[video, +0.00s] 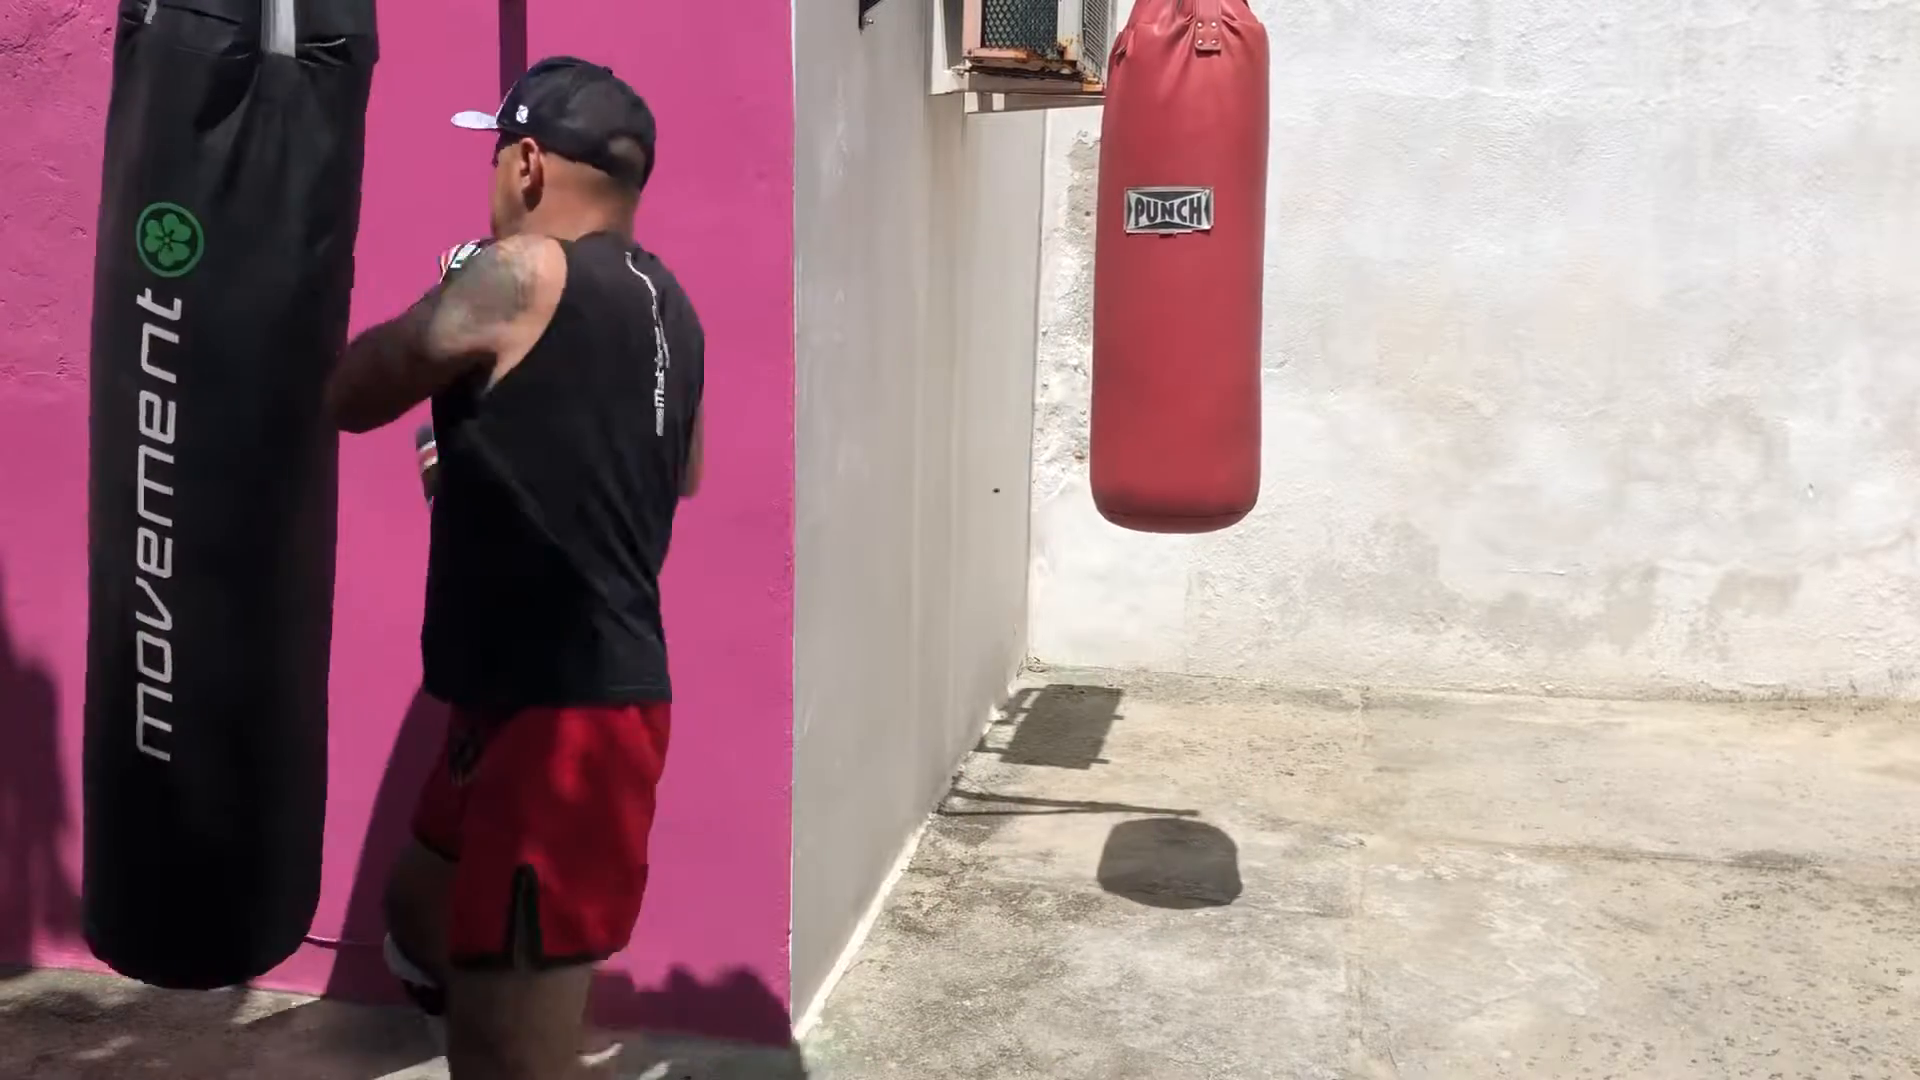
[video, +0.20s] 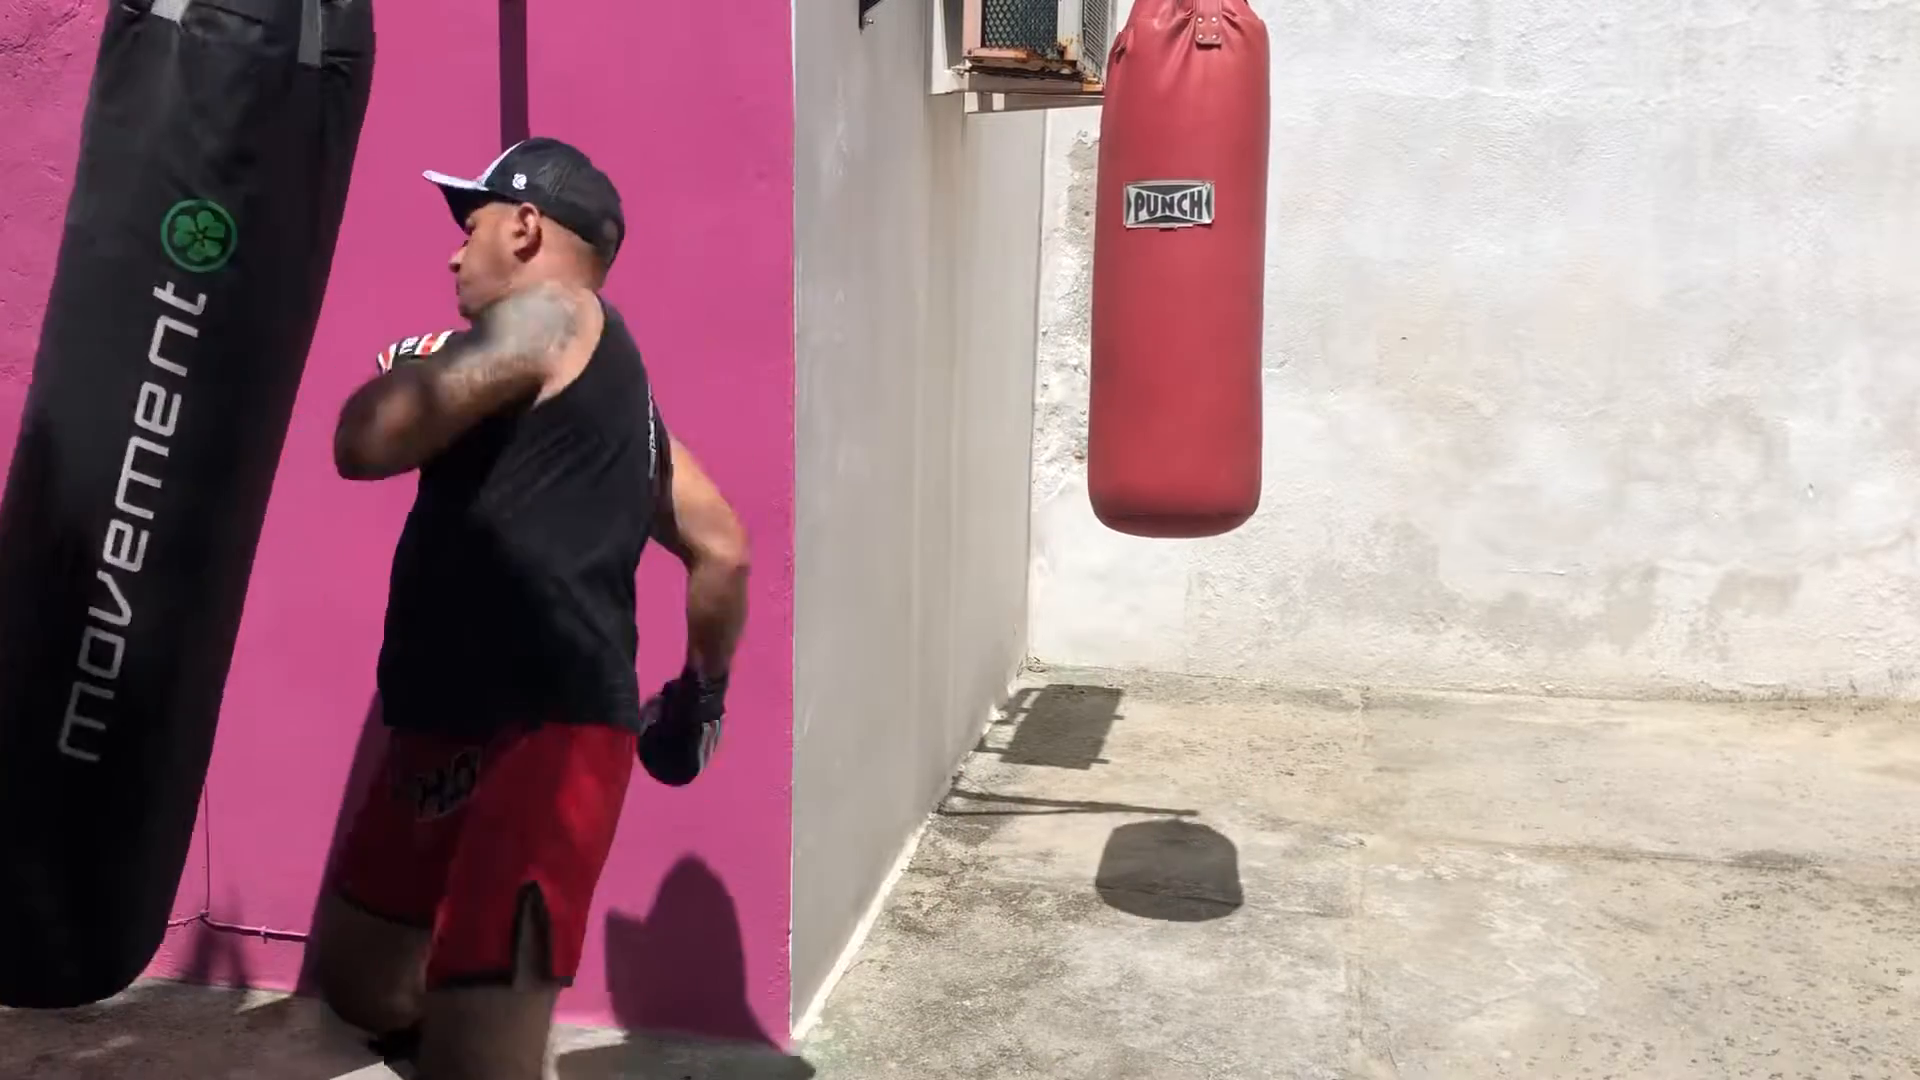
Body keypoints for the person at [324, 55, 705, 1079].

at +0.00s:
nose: (494, 181)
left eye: (500, 157)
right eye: (500, 158)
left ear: (530, 164)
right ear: (629, 177)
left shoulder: (515, 272)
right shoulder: (666, 306)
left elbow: (346, 396)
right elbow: (676, 476)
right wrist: (494, 459)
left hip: (555, 709)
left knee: (514, 1040)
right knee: (422, 919)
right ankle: (534, 1053)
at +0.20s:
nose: (454, 251)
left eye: (469, 225)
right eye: (460, 228)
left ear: (526, 229)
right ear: (554, 237)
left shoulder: (546, 312)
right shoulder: (617, 382)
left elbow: (362, 444)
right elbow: (722, 549)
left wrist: (405, 367)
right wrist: (703, 690)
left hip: (542, 733)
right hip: (441, 722)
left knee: (486, 1042)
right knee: (359, 978)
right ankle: (490, 1062)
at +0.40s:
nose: (464, 249)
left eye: (479, 225)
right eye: (468, 227)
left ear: (539, 222)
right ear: (544, 228)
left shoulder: (569, 286)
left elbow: (366, 399)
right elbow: (538, 567)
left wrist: (448, 339)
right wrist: (386, 633)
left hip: (561, 707)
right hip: (463, 710)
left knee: (514, 1042)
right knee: (395, 996)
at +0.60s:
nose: (448, 208)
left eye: (467, 184)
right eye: (455, 187)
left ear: (533, 199)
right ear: (537, 202)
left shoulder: (585, 284)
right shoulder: (583, 328)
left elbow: (402, 424)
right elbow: (709, 530)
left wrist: (384, 327)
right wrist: (623, 654)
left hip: (617, 705)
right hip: (501, 702)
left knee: (596, 1023)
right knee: (425, 989)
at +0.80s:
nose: (532, 236)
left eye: (553, 212)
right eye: (539, 211)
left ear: (624, 236)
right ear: (623, 238)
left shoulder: (726, 367)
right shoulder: (593, 374)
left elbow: (571, 530)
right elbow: (541, 541)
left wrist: (466, 372)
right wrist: (414, 479)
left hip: (693, 763)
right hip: (548, 750)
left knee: (709, 1041)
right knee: (428, 1001)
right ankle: (496, 1063)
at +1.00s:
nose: (661, 192)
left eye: (676, 164)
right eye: (656, 162)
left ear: (760, 159)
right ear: (748, 160)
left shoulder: (869, 299)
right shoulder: (692, 266)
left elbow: (686, 435)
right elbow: (560, 326)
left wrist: (650, 241)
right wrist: (409, 266)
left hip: (813, 700)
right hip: (656, 692)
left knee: (803, 1001)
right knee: (574, 955)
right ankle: (674, 1058)